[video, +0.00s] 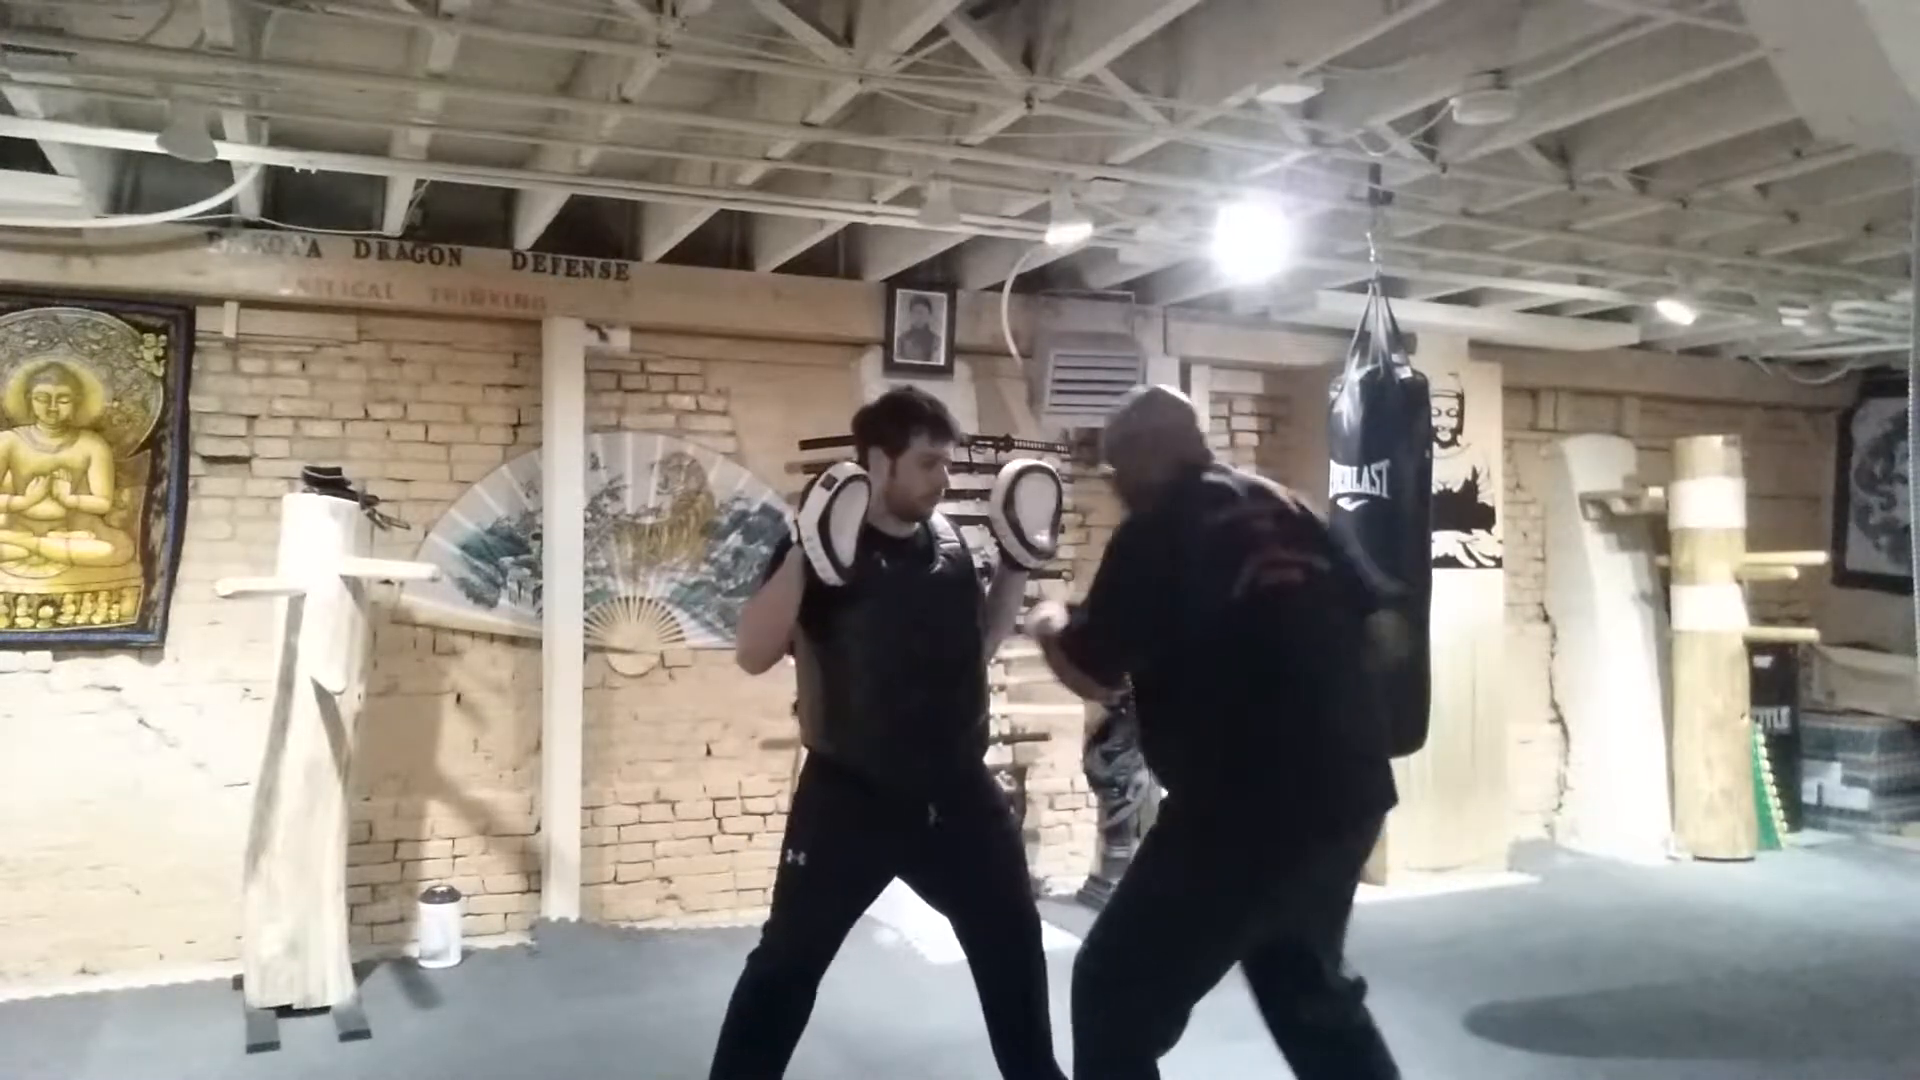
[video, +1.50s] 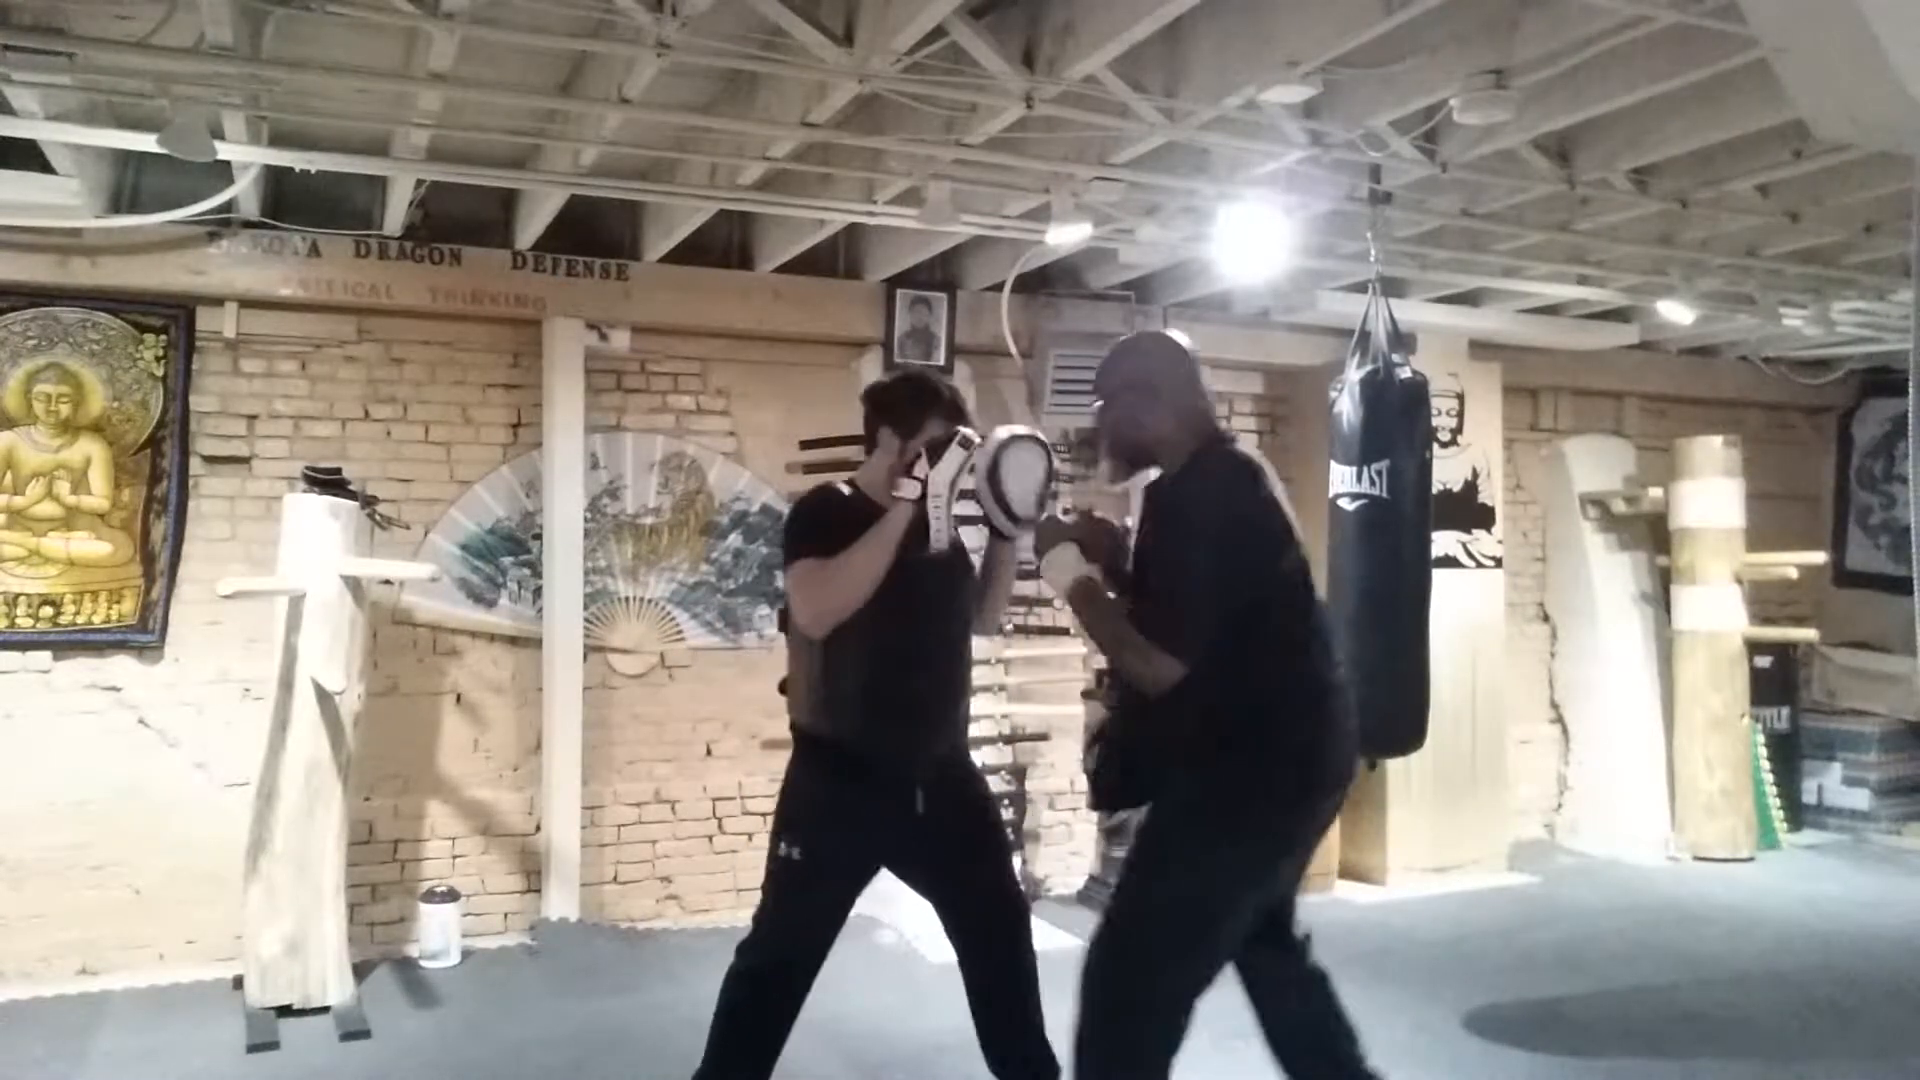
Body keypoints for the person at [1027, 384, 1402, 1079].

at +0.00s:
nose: (1115, 478)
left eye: (1119, 459)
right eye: (1112, 462)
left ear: (1150, 453)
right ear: (1195, 444)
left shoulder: (1156, 530)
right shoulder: (1286, 506)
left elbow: (1094, 667)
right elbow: (1372, 599)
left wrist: (1050, 630)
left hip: (1234, 809)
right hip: (1344, 796)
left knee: (1114, 987)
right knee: (1308, 988)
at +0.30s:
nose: (1063, 481)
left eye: (1070, 458)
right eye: (1060, 462)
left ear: (1122, 443)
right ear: (1128, 447)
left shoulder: (1201, 519)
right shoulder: (1158, 531)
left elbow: (1197, 661)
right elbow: (1125, 657)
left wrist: (1086, 638)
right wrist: (1004, 639)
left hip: (1248, 809)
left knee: (1099, 984)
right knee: (1235, 977)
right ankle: (1325, 1077)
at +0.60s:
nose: (1153, 437)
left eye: (1156, 426)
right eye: (1159, 427)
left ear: (1166, 431)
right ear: (1244, 427)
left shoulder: (1132, 501)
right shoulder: (1312, 509)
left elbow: (1013, 493)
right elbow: (1357, 611)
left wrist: (1051, 458)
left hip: (1171, 806)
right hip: (1297, 803)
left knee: (1118, 1014)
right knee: (1302, 982)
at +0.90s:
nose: (1139, 440)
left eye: (1143, 426)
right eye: (1142, 426)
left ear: (1158, 429)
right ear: (1234, 420)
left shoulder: (1140, 510)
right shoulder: (1315, 497)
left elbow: (1036, 578)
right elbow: (1381, 589)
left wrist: (1089, 503)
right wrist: (1293, 587)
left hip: (1191, 793)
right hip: (1304, 784)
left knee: (1089, 985)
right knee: (1284, 962)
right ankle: (1329, 1079)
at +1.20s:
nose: (1084, 459)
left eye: (1094, 439)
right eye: (1083, 442)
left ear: (1149, 432)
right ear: (1151, 433)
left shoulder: (1246, 531)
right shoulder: (1122, 512)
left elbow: (1217, 697)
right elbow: (1001, 570)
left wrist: (1113, 569)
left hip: (1228, 808)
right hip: (1161, 796)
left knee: (1061, 987)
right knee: (1206, 976)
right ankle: (1290, 1074)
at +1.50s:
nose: (1100, 417)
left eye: (1116, 398)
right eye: (1099, 400)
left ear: (1163, 400)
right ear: (1176, 403)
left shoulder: (1195, 495)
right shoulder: (1231, 479)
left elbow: (1157, 666)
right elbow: (1207, 608)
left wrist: (1077, 583)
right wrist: (1121, 556)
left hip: (1241, 772)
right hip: (1295, 758)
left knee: (1130, 984)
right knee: (1267, 947)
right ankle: (1344, 1076)